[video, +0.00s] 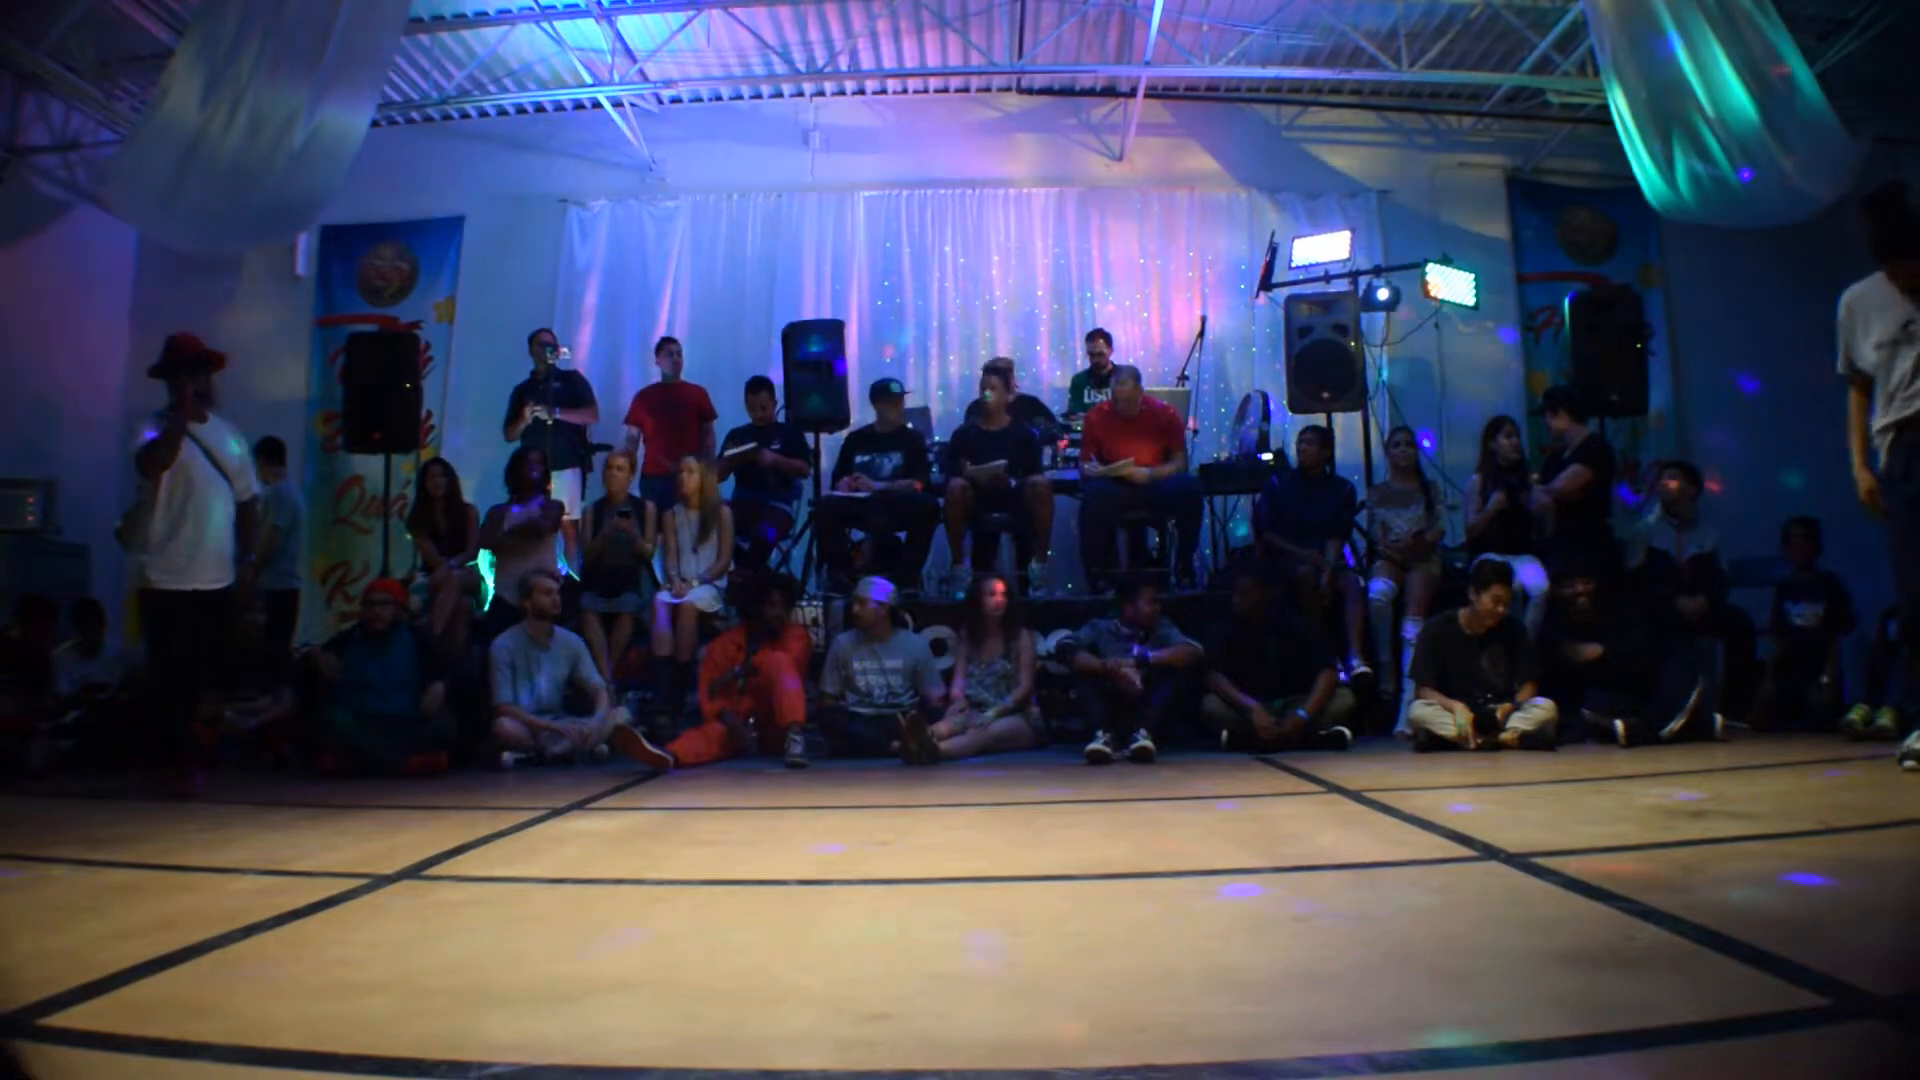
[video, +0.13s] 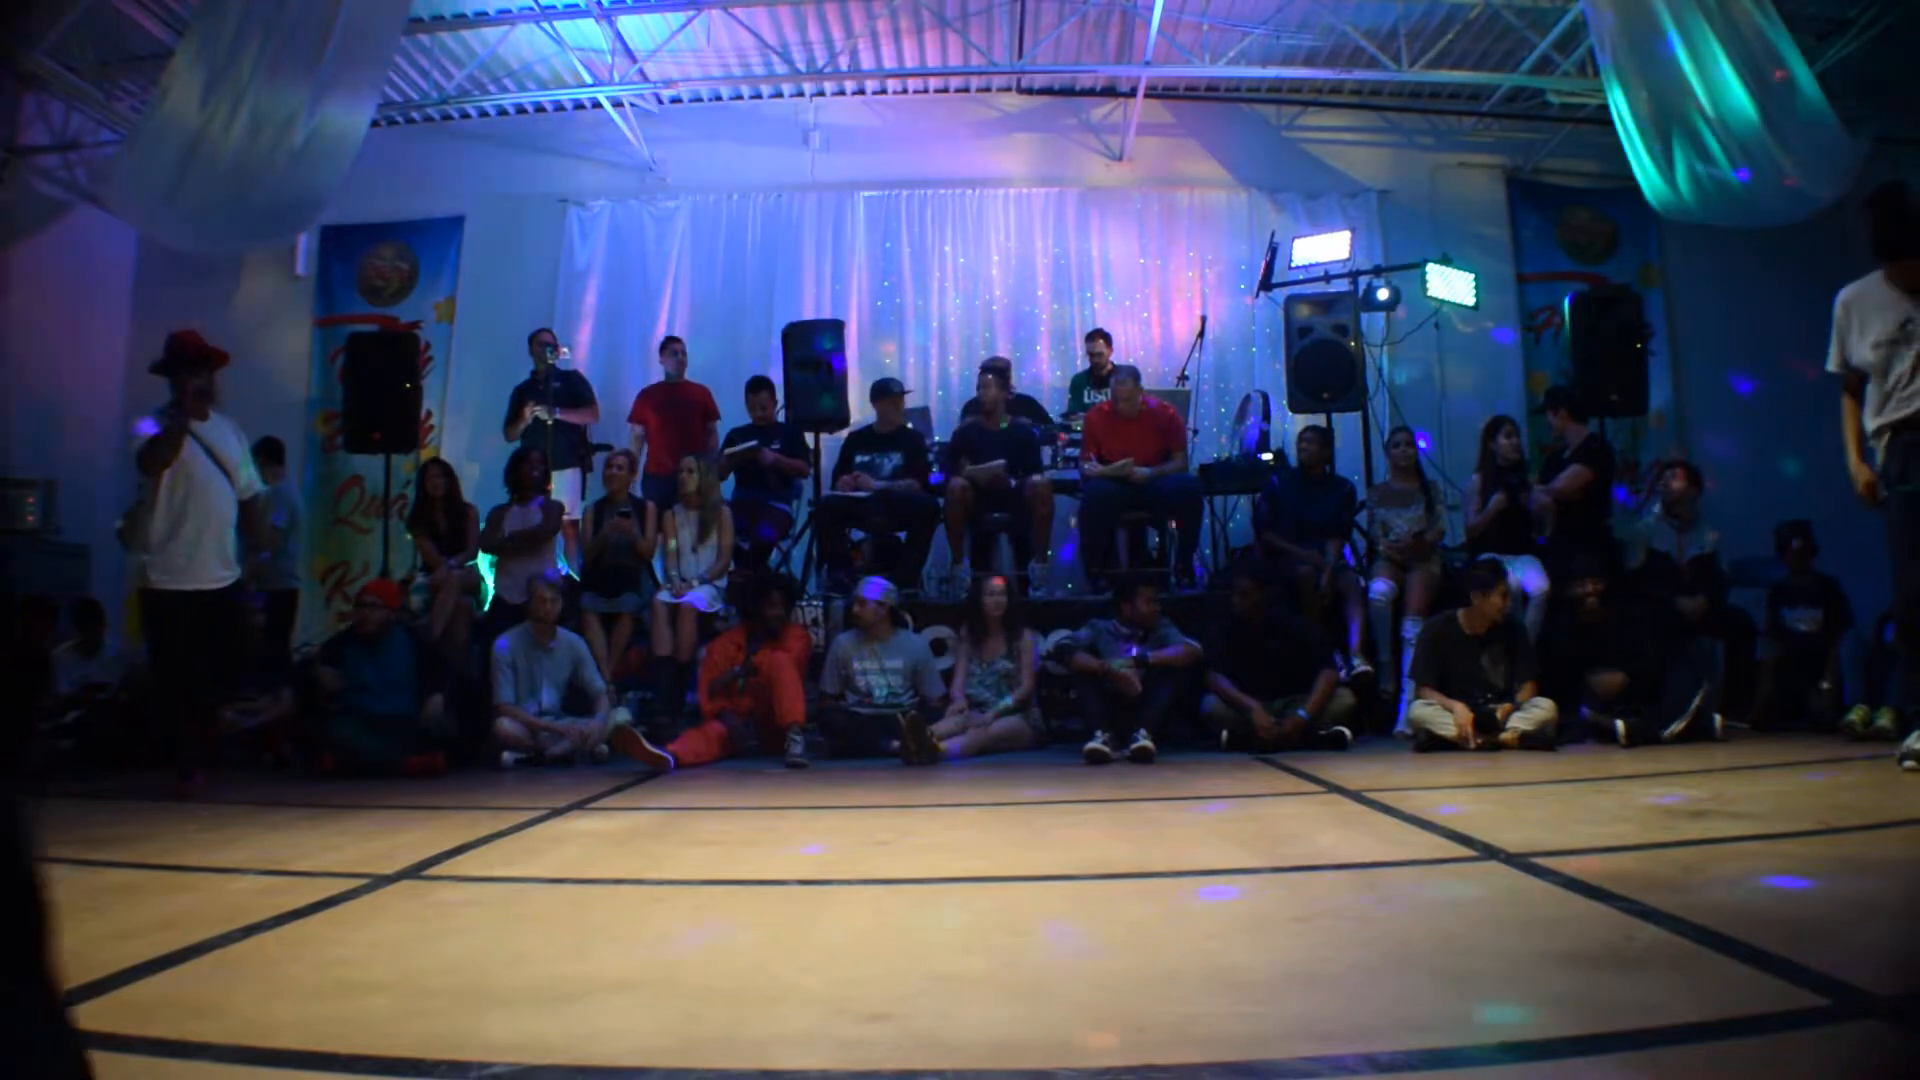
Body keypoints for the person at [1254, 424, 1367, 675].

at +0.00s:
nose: (1303, 449)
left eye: (1310, 444)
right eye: (1300, 443)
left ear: (1326, 452)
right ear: (1296, 449)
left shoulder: (1341, 488)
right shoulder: (1281, 484)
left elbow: (1338, 535)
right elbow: (1265, 532)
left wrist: (1327, 572)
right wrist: (1303, 554)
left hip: (1326, 557)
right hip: (1291, 557)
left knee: (1352, 583)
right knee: (1307, 577)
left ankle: (1355, 657)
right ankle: (1319, 658)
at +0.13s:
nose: (1304, 448)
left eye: (1311, 443)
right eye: (1301, 442)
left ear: (1326, 451)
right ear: (1296, 448)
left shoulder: (1342, 487)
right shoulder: (1282, 483)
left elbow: (1338, 535)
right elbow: (1265, 532)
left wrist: (1328, 572)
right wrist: (1303, 554)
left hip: (1326, 555)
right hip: (1291, 554)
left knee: (1352, 582)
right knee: (1307, 577)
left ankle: (1355, 655)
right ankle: (1321, 654)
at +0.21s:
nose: (1304, 447)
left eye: (1311, 442)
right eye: (1301, 442)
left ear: (1326, 450)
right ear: (1296, 448)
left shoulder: (1342, 487)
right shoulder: (1281, 482)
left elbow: (1338, 535)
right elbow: (1265, 532)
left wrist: (1328, 573)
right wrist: (1304, 555)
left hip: (1326, 555)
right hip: (1291, 554)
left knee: (1352, 583)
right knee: (1307, 578)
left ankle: (1354, 656)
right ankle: (1321, 654)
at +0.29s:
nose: (1304, 447)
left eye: (1311, 442)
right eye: (1301, 442)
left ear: (1326, 450)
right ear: (1296, 449)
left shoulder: (1342, 487)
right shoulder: (1281, 482)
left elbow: (1338, 535)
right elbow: (1266, 532)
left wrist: (1327, 573)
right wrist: (1303, 555)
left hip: (1326, 555)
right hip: (1291, 555)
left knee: (1351, 583)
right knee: (1307, 576)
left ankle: (1352, 655)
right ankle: (1319, 653)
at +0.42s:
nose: (1304, 447)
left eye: (1311, 442)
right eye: (1301, 442)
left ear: (1326, 451)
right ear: (1296, 448)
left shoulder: (1342, 488)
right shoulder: (1280, 484)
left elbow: (1338, 535)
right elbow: (1266, 533)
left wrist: (1328, 572)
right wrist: (1304, 555)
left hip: (1327, 556)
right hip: (1291, 555)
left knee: (1350, 581)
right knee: (1307, 576)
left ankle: (1350, 655)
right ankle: (1320, 653)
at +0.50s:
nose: (1303, 447)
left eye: (1311, 442)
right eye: (1301, 441)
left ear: (1326, 450)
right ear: (1296, 447)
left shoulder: (1342, 487)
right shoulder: (1279, 483)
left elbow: (1339, 536)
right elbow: (1265, 533)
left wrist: (1329, 571)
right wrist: (1305, 556)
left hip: (1326, 555)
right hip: (1289, 555)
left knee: (1351, 582)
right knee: (1307, 577)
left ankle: (1347, 654)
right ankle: (1314, 653)